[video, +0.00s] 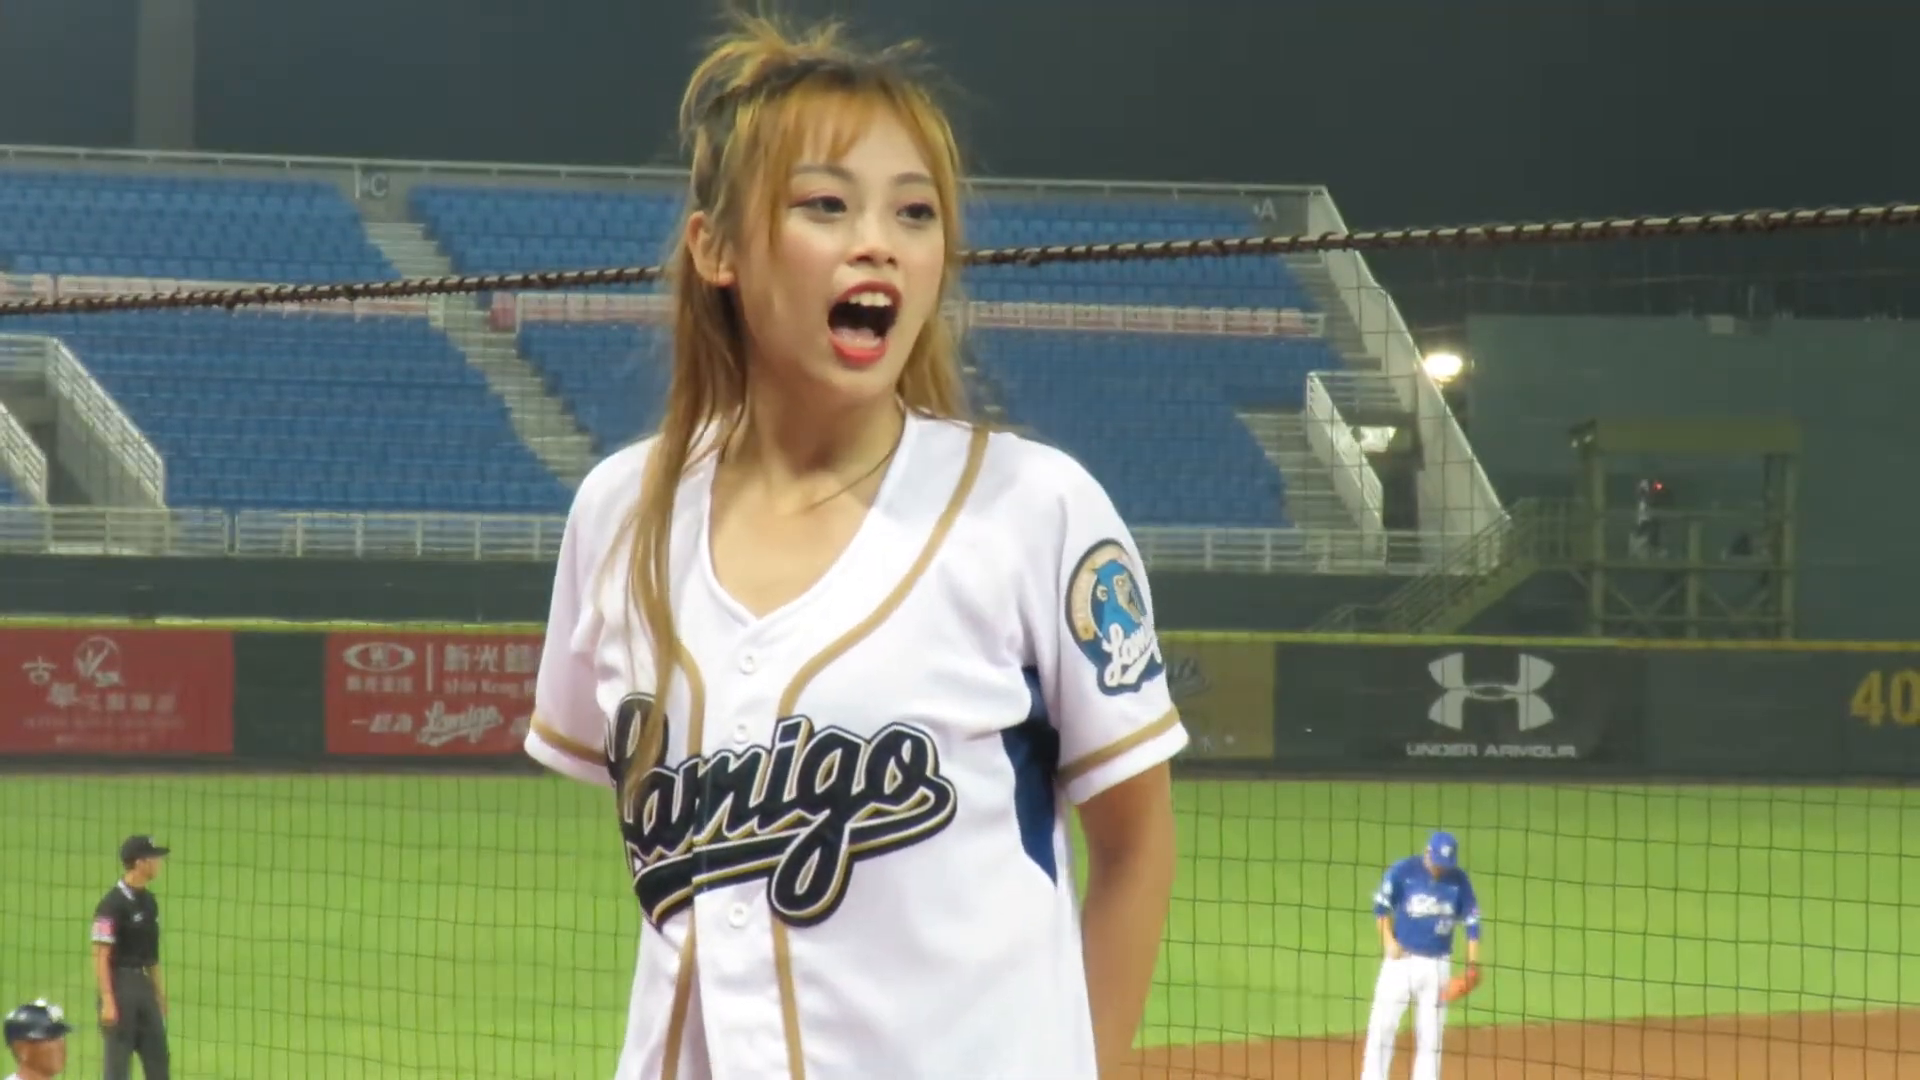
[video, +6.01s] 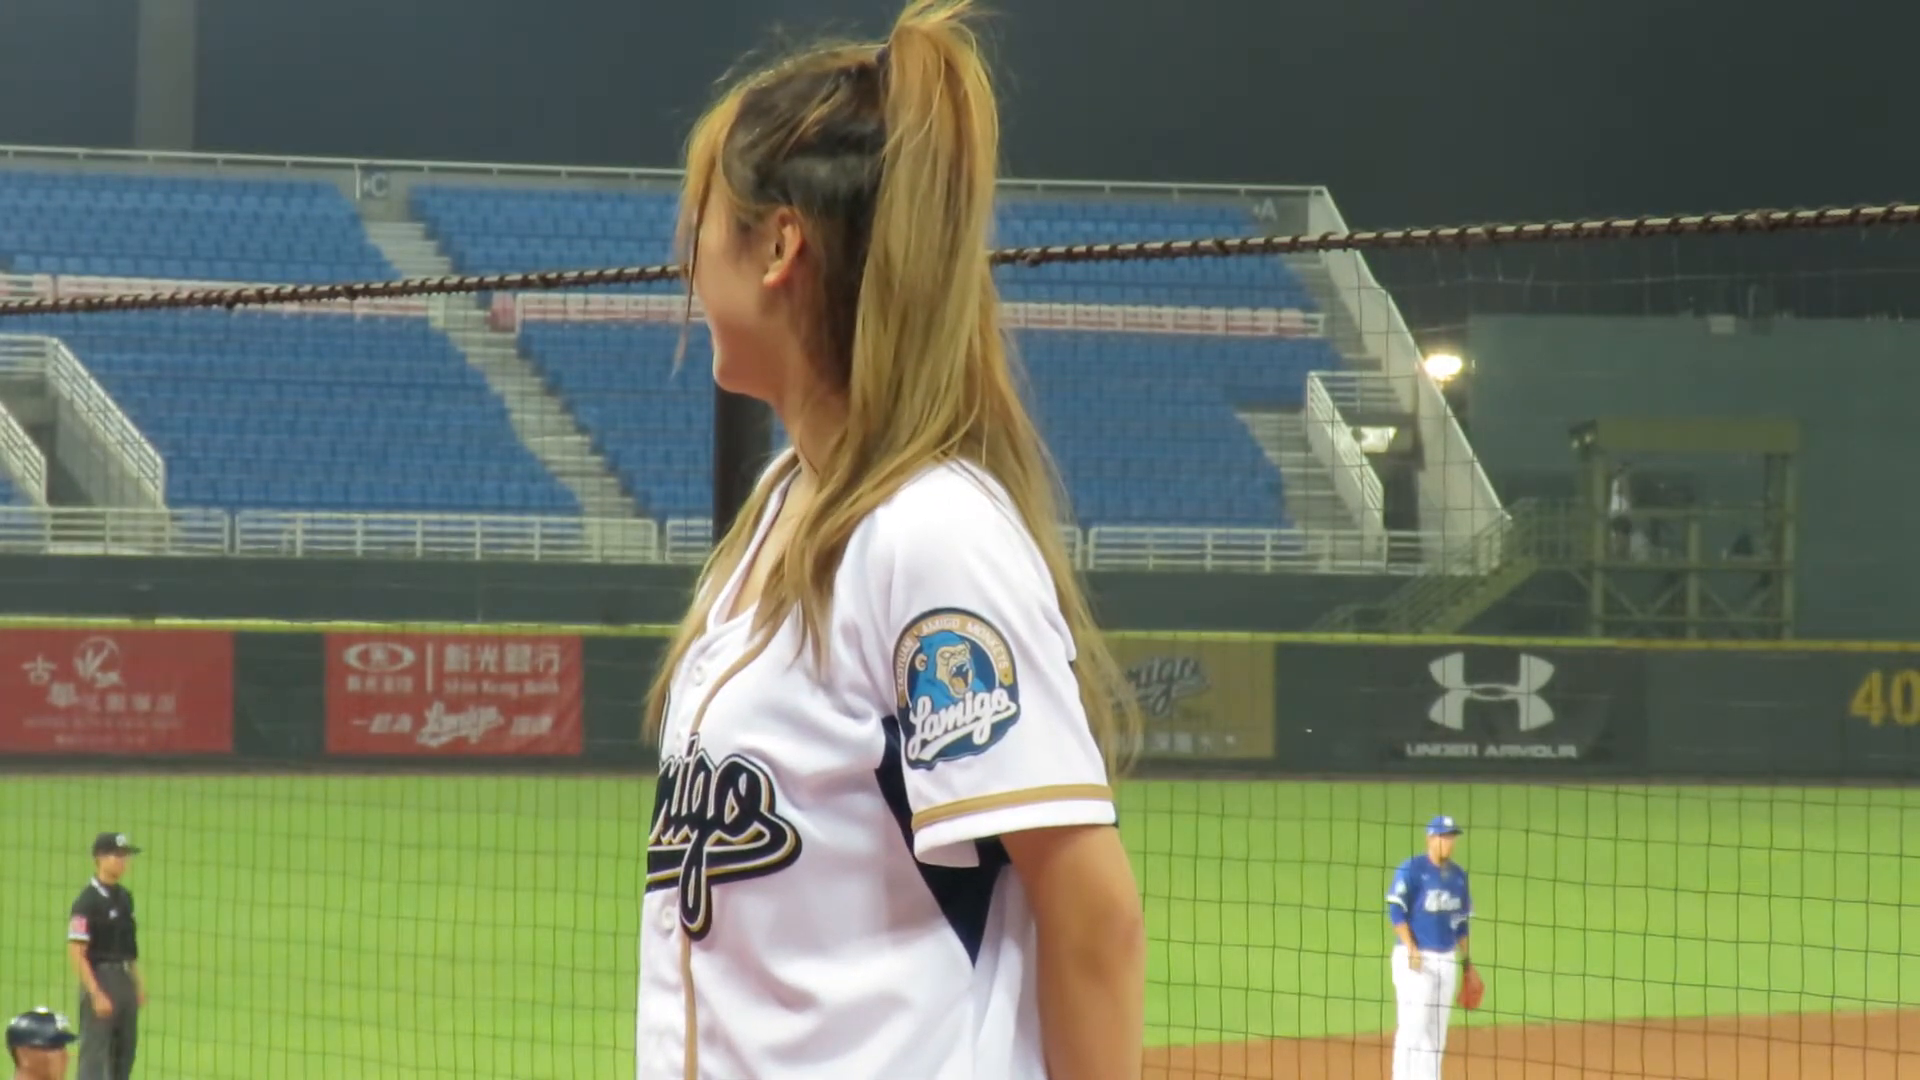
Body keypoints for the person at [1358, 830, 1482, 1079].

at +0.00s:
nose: (1439, 869)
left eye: (1445, 866)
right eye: (1435, 864)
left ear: (1452, 861)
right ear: (1426, 854)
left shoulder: (1459, 880)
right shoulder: (1403, 871)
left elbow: (1472, 922)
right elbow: (1382, 906)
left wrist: (1471, 965)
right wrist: (1389, 941)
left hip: (1436, 965)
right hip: (1399, 961)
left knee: (1430, 1038)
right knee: (1380, 1032)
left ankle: (1426, 1077)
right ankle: (1373, 1076)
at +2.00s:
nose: (1472, 848)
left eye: (1477, 842)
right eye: (1466, 842)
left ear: (1482, 846)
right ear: (1455, 847)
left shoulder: (1490, 882)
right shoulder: (1439, 878)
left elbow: (1505, 924)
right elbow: (1423, 918)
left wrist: (1517, 902)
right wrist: (1445, 899)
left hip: (1483, 966)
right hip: (1450, 964)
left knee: (1477, 1040)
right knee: (1462, 1038)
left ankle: (1472, 1077)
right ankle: (1457, 1076)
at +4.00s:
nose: (1470, 855)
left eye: (1470, 849)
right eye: (1466, 848)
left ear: (1460, 849)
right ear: (1450, 846)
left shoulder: (1463, 882)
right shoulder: (1420, 863)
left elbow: (1473, 928)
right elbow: (1393, 898)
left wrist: (1482, 966)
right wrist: (1396, 942)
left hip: (1452, 963)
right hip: (1419, 959)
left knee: (1447, 1035)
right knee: (1423, 1028)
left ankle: (1443, 1077)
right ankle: (1408, 1076)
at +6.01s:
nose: (1448, 842)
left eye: (1451, 837)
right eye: (1442, 837)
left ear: (1454, 840)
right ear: (1430, 839)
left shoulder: (1458, 875)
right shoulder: (1412, 869)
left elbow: (1461, 924)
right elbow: (1395, 908)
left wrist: (1467, 965)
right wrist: (1411, 947)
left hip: (1447, 960)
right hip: (1415, 957)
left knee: (1436, 1032)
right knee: (1414, 1028)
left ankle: (1429, 1076)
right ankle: (1405, 1076)